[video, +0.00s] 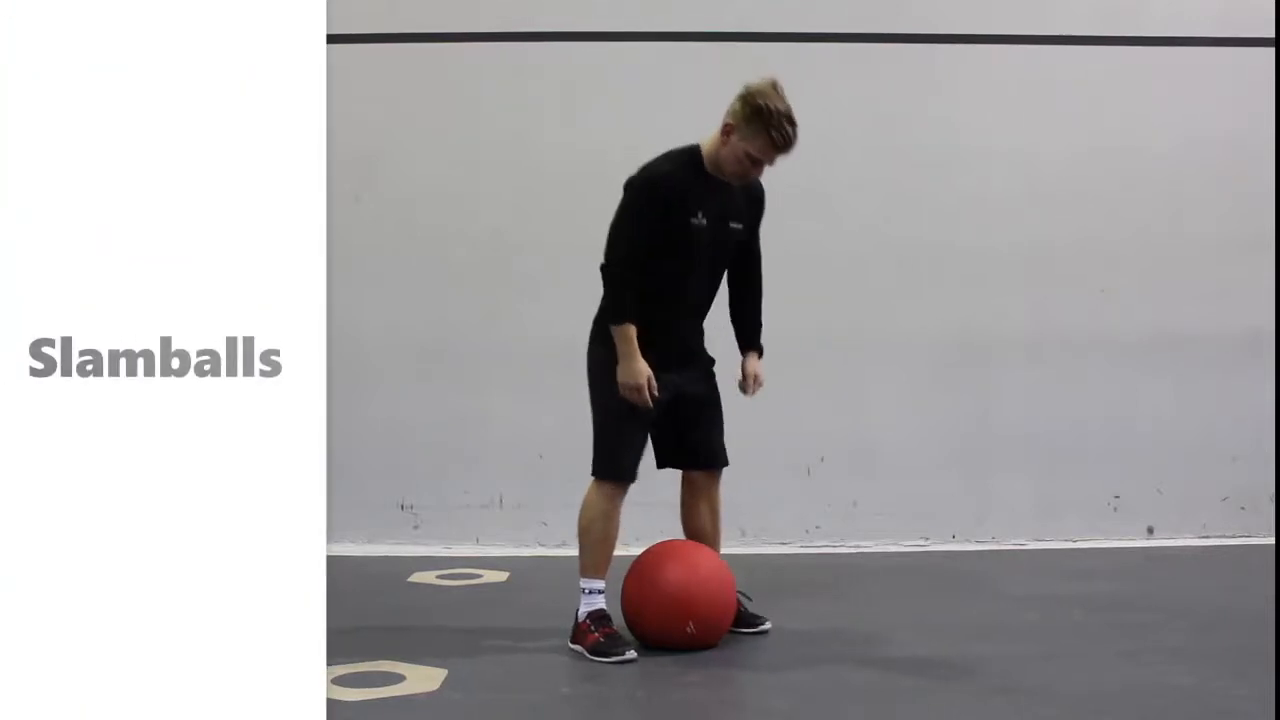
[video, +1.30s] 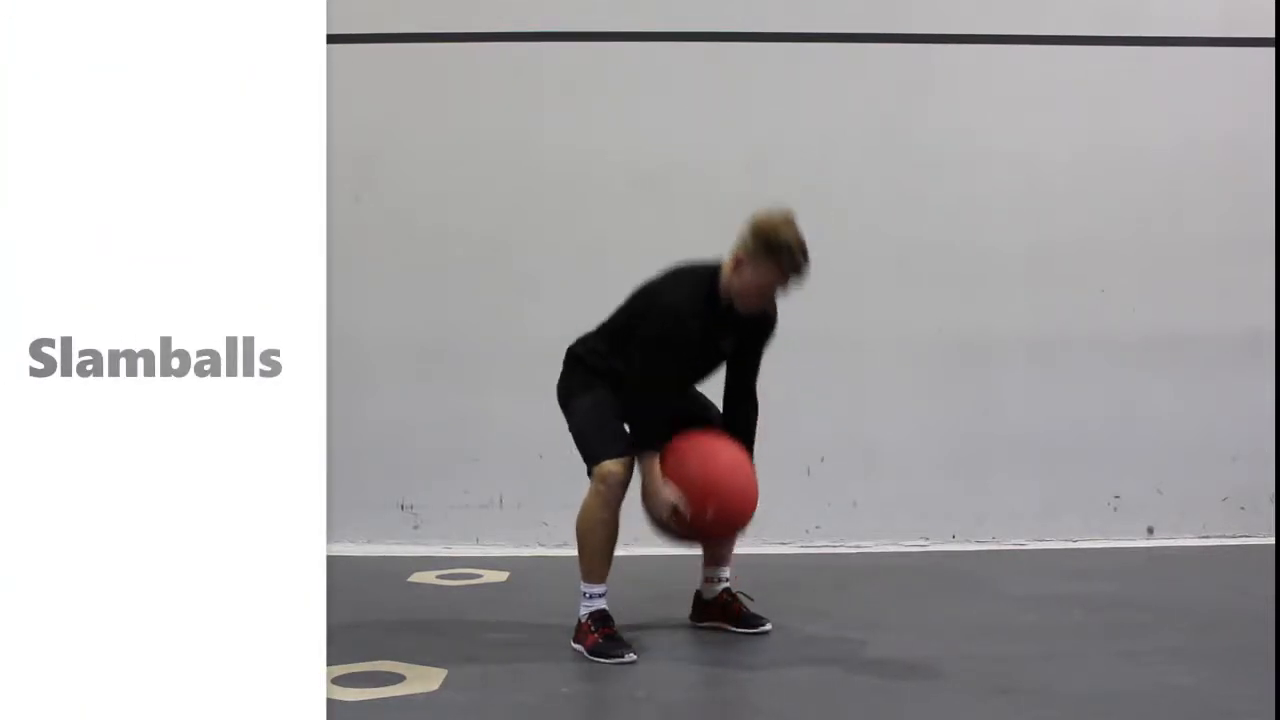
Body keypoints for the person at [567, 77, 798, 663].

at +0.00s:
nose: (757, 171)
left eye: (767, 163)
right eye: (752, 158)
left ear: (772, 151)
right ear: (726, 130)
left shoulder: (747, 195)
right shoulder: (658, 182)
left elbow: (745, 274)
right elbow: (616, 271)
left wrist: (751, 348)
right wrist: (628, 353)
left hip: (685, 346)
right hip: (625, 344)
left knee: (704, 467)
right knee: (613, 475)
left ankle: (711, 597)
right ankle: (590, 612)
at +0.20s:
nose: (769, 234)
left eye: (779, 227)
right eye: (766, 220)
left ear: (789, 217)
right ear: (744, 190)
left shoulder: (763, 245)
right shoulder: (673, 225)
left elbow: (754, 323)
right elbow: (636, 318)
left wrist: (749, 402)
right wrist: (638, 408)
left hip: (671, 354)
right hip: (610, 349)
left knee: (711, 462)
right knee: (610, 467)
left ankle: (709, 594)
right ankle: (589, 613)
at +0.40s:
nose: (784, 320)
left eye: (792, 314)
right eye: (782, 309)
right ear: (761, 279)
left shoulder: (768, 314)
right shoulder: (688, 295)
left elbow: (752, 391)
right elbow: (652, 389)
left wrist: (742, 476)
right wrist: (642, 491)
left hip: (667, 379)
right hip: (601, 370)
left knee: (728, 468)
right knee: (613, 477)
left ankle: (714, 595)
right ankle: (590, 616)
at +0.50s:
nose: (785, 355)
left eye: (794, 350)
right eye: (785, 343)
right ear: (764, 314)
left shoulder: (769, 340)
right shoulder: (690, 323)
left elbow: (749, 420)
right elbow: (656, 422)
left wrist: (738, 506)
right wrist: (642, 519)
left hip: (670, 393)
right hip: (600, 382)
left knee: (732, 469)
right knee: (615, 477)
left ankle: (716, 595)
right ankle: (590, 615)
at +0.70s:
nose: (782, 429)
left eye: (791, 425)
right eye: (782, 418)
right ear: (764, 389)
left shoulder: (768, 404)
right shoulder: (693, 388)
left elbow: (746, 488)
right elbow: (655, 488)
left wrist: (728, 576)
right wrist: (639, 580)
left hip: (662, 423)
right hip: (598, 410)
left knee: (755, 477)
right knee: (614, 480)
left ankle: (722, 595)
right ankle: (591, 616)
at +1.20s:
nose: (779, 346)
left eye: (787, 337)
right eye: (777, 332)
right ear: (751, 308)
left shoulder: (762, 353)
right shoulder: (688, 330)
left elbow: (741, 429)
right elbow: (649, 419)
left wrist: (730, 519)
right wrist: (646, 512)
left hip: (661, 396)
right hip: (596, 385)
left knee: (737, 464)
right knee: (609, 473)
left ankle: (712, 596)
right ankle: (592, 616)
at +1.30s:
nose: (768, 299)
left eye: (776, 289)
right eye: (764, 286)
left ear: (784, 280)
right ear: (736, 263)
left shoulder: (758, 315)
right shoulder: (679, 295)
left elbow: (740, 393)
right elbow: (646, 381)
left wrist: (738, 476)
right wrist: (653, 476)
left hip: (659, 381)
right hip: (597, 376)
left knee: (724, 468)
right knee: (612, 472)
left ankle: (713, 594)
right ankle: (592, 616)